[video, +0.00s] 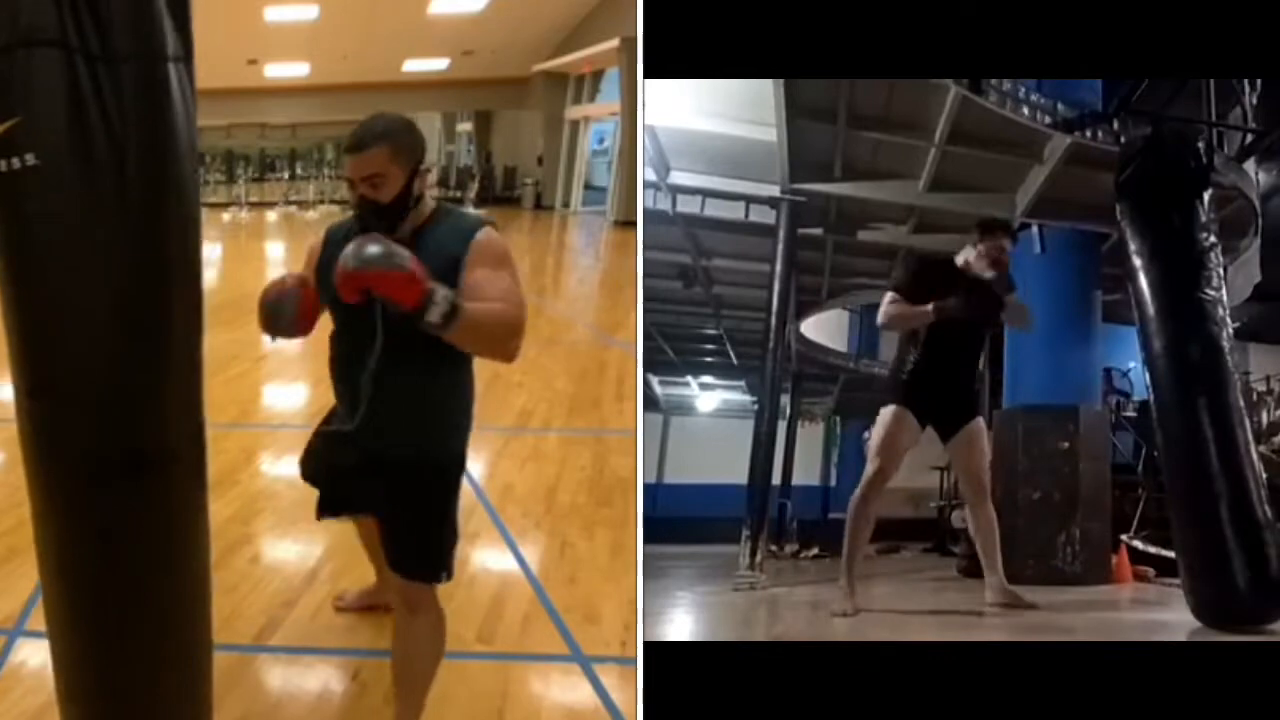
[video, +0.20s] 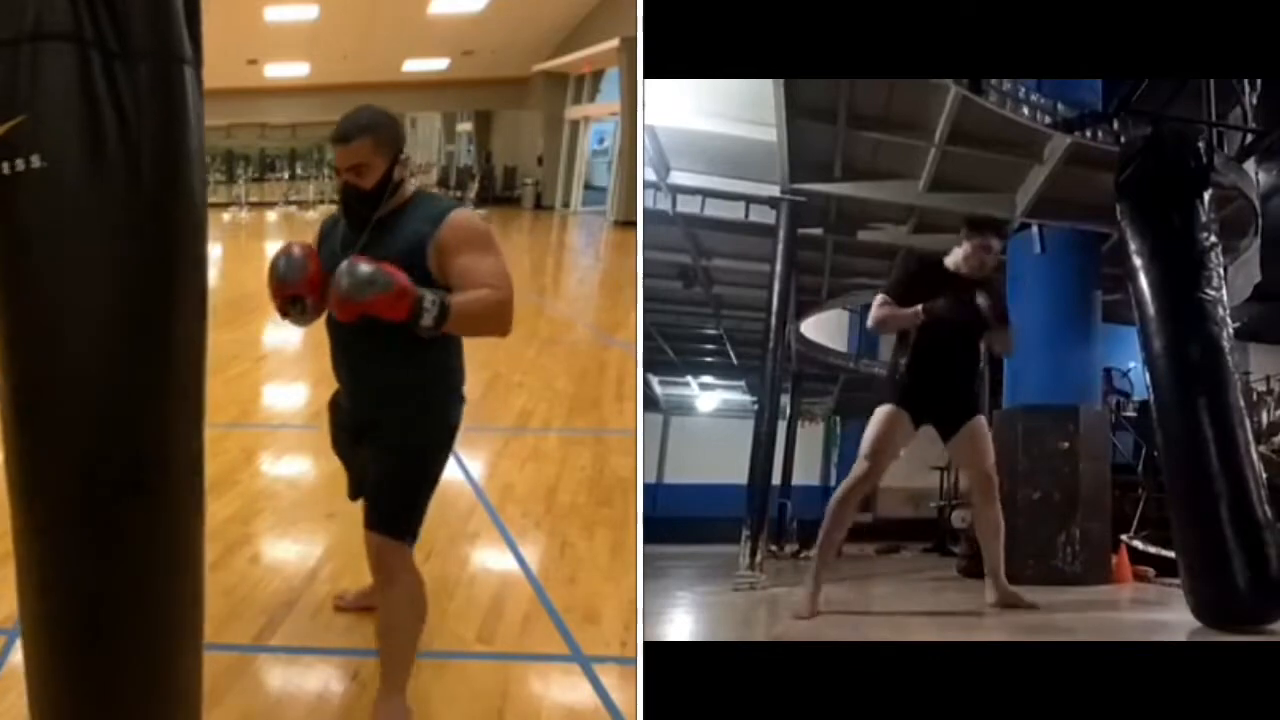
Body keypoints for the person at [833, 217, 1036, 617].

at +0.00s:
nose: (1000, 263)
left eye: (1005, 257)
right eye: (995, 253)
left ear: (1005, 260)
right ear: (974, 246)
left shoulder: (991, 293)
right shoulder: (926, 269)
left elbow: (1025, 321)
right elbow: (886, 316)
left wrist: (1000, 288)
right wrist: (936, 310)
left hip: (961, 397)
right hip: (913, 390)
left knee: (979, 489)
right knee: (876, 475)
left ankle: (996, 584)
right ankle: (847, 583)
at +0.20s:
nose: (986, 259)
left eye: (993, 255)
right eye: (982, 249)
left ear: (996, 261)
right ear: (963, 242)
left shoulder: (987, 291)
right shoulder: (918, 268)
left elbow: (1004, 348)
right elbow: (877, 319)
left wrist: (992, 313)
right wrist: (926, 311)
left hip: (960, 398)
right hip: (909, 392)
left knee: (986, 484)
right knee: (864, 471)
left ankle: (998, 586)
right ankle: (814, 581)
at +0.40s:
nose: (951, 259)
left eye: (957, 253)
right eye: (946, 248)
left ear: (958, 257)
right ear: (922, 242)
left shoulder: (946, 291)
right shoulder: (885, 271)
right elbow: (866, 314)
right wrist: (916, 292)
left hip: (932, 395)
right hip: (885, 391)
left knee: (972, 487)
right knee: (842, 476)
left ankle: (1000, 576)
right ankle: (807, 584)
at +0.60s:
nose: (925, 242)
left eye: (931, 236)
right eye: (919, 233)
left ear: (936, 241)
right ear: (899, 231)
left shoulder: (935, 273)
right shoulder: (868, 264)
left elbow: (973, 318)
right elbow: (822, 299)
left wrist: (974, 283)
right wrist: (880, 276)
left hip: (907, 387)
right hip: (860, 382)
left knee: (925, 487)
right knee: (823, 464)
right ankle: (785, 570)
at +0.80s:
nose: (896, 264)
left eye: (903, 258)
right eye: (891, 254)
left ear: (908, 261)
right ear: (873, 252)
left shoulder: (911, 294)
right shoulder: (846, 287)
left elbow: (946, 319)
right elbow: (788, 324)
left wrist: (918, 278)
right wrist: (805, 309)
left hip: (886, 405)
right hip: (836, 400)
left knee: (891, 503)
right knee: (790, 483)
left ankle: (874, 572)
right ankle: (767, 593)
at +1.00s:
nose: (882, 228)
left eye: (890, 223)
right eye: (877, 218)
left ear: (895, 231)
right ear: (857, 219)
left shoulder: (899, 272)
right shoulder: (821, 263)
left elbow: (931, 327)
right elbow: (757, 296)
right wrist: (800, 290)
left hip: (884, 387)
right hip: (830, 386)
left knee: (907, 473)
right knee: (769, 483)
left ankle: (926, 585)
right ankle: (773, 591)